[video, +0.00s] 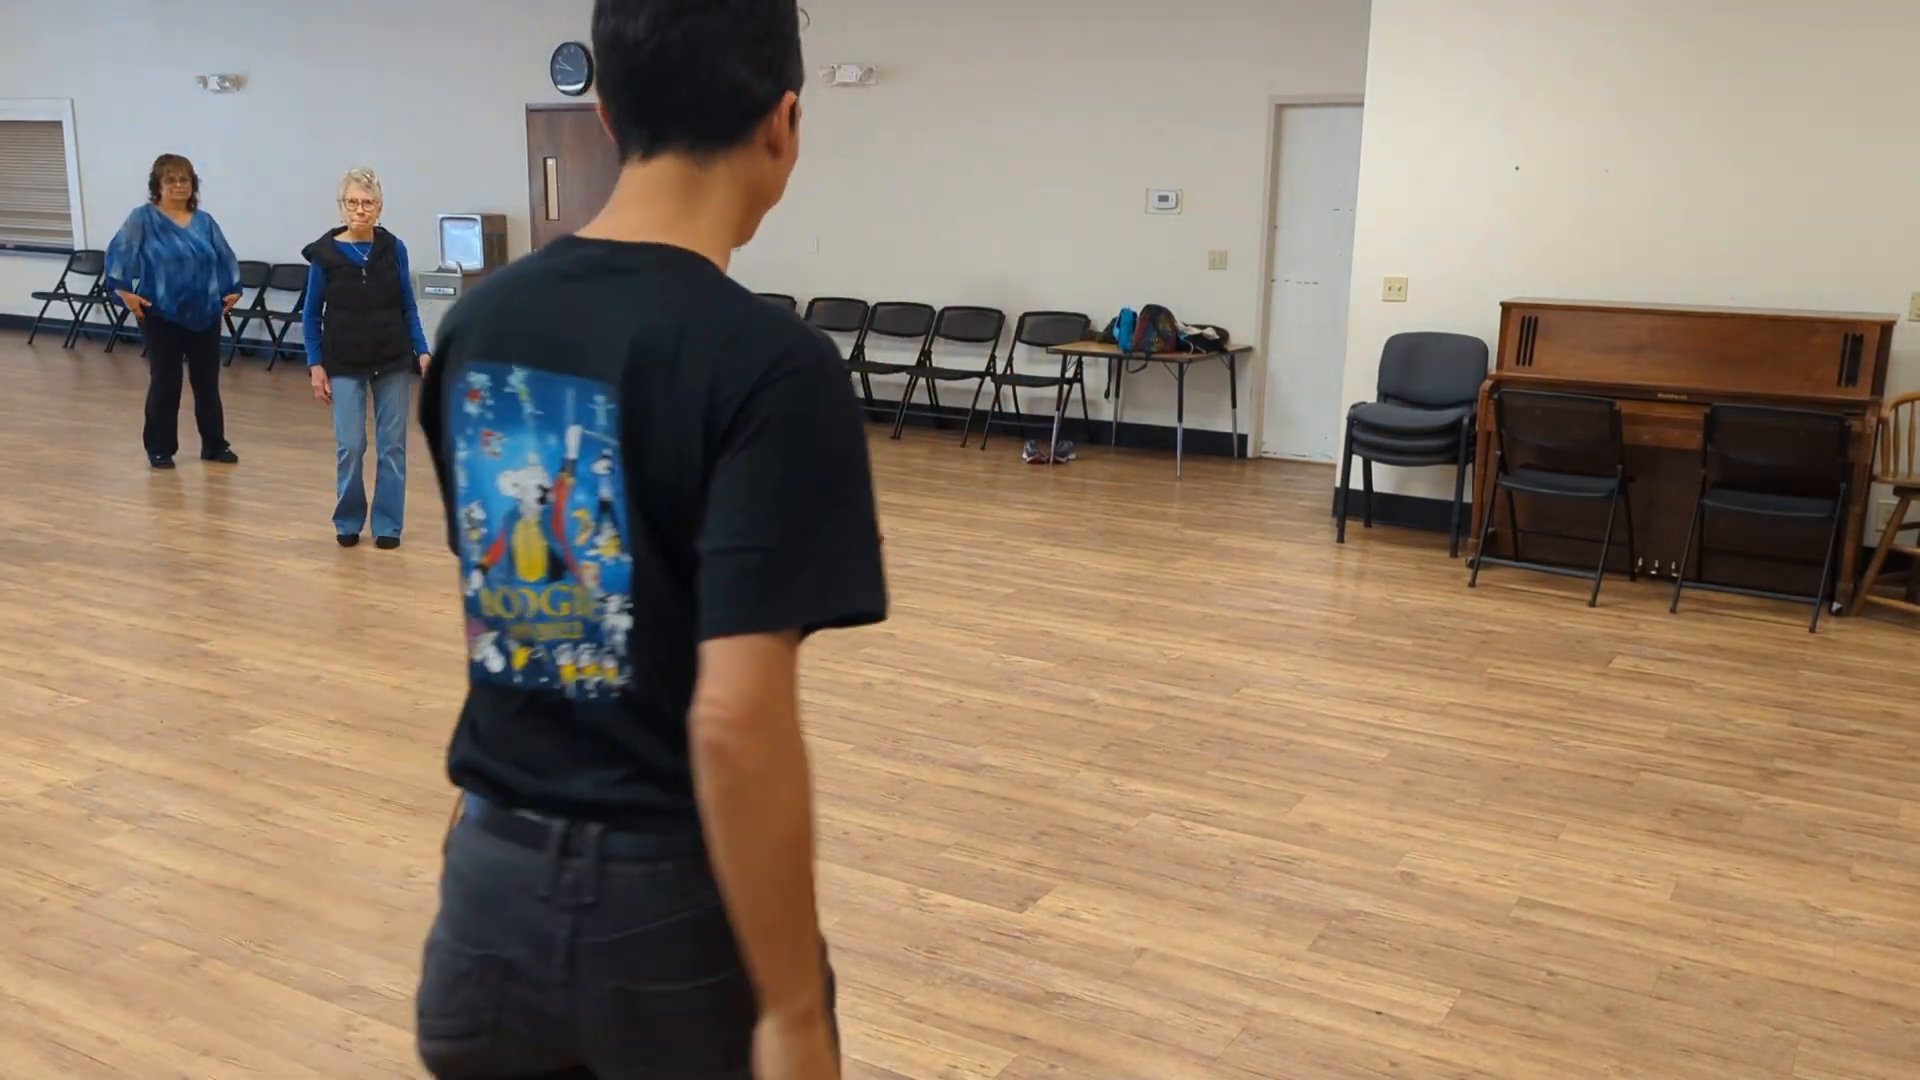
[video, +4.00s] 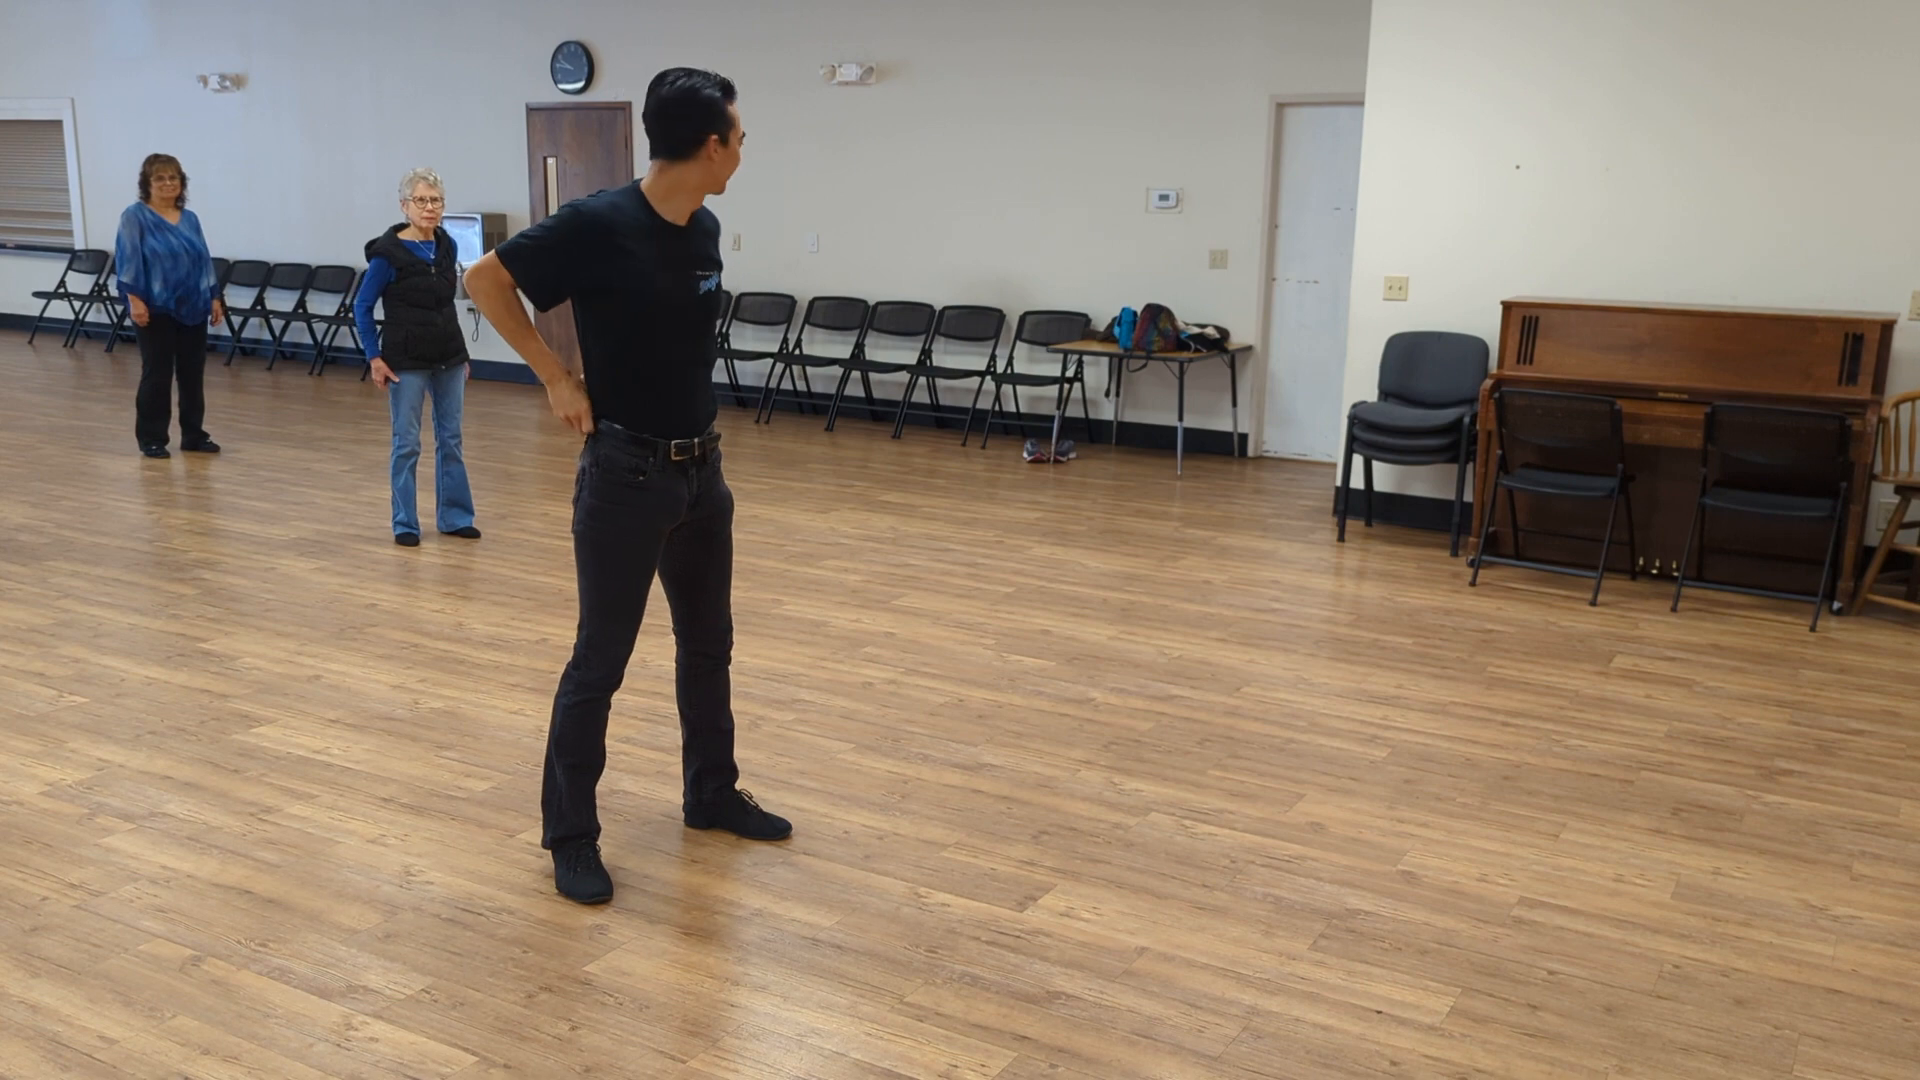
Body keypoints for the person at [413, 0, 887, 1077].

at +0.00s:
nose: (797, 145)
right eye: (801, 117)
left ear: (606, 113)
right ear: (782, 124)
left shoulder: (479, 323)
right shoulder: (762, 359)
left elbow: (505, 608)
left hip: (491, 862)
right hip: (671, 890)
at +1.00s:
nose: (885, 172)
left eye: (887, 151)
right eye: (872, 149)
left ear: (801, 154)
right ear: (806, 149)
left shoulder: (698, 254)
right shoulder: (838, 278)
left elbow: (642, 398)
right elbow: (850, 450)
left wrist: (717, 440)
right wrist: (908, 589)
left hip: (719, 553)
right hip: (822, 560)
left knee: (742, 799)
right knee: (820, 754)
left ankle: (754, 1058)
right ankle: (801, 927)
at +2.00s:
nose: (706, 140)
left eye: (718, 126)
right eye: (688, 124)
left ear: (731, 136)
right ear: (649, 131)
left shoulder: (732, 230)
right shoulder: (608, 233)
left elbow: (744, 325)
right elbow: (541, 354)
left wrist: (736, 395)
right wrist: (642, 412)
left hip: (705, 475)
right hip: (624, 478)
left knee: (724, 648)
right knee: (600, 666)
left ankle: (734, 808)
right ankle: (572, 841)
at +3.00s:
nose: (671, 141)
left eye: (681, 126)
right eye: (653, 126)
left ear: (694, 136)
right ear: (615, 135)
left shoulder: (708, 217)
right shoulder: (572, 230)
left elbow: (692, 313)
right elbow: (491, 291)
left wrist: (686, 400)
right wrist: (549, 378)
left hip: (696, 466)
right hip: (614, 473)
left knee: (705, 643)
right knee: (594, 661)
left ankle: (711, 794)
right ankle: (571, 839)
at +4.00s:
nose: (741, 149)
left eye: (738, 135)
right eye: (735, 136)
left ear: (689, 143)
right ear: (704, 145)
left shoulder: (704, 229)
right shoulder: (599, 223)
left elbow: (665, 322)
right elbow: (488, 279)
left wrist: (676, 403)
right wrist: (557, 380)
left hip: (698, 471)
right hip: (622, 473)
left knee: (707, 643)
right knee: (600, 660)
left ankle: (711, 793)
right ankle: (571, 838)